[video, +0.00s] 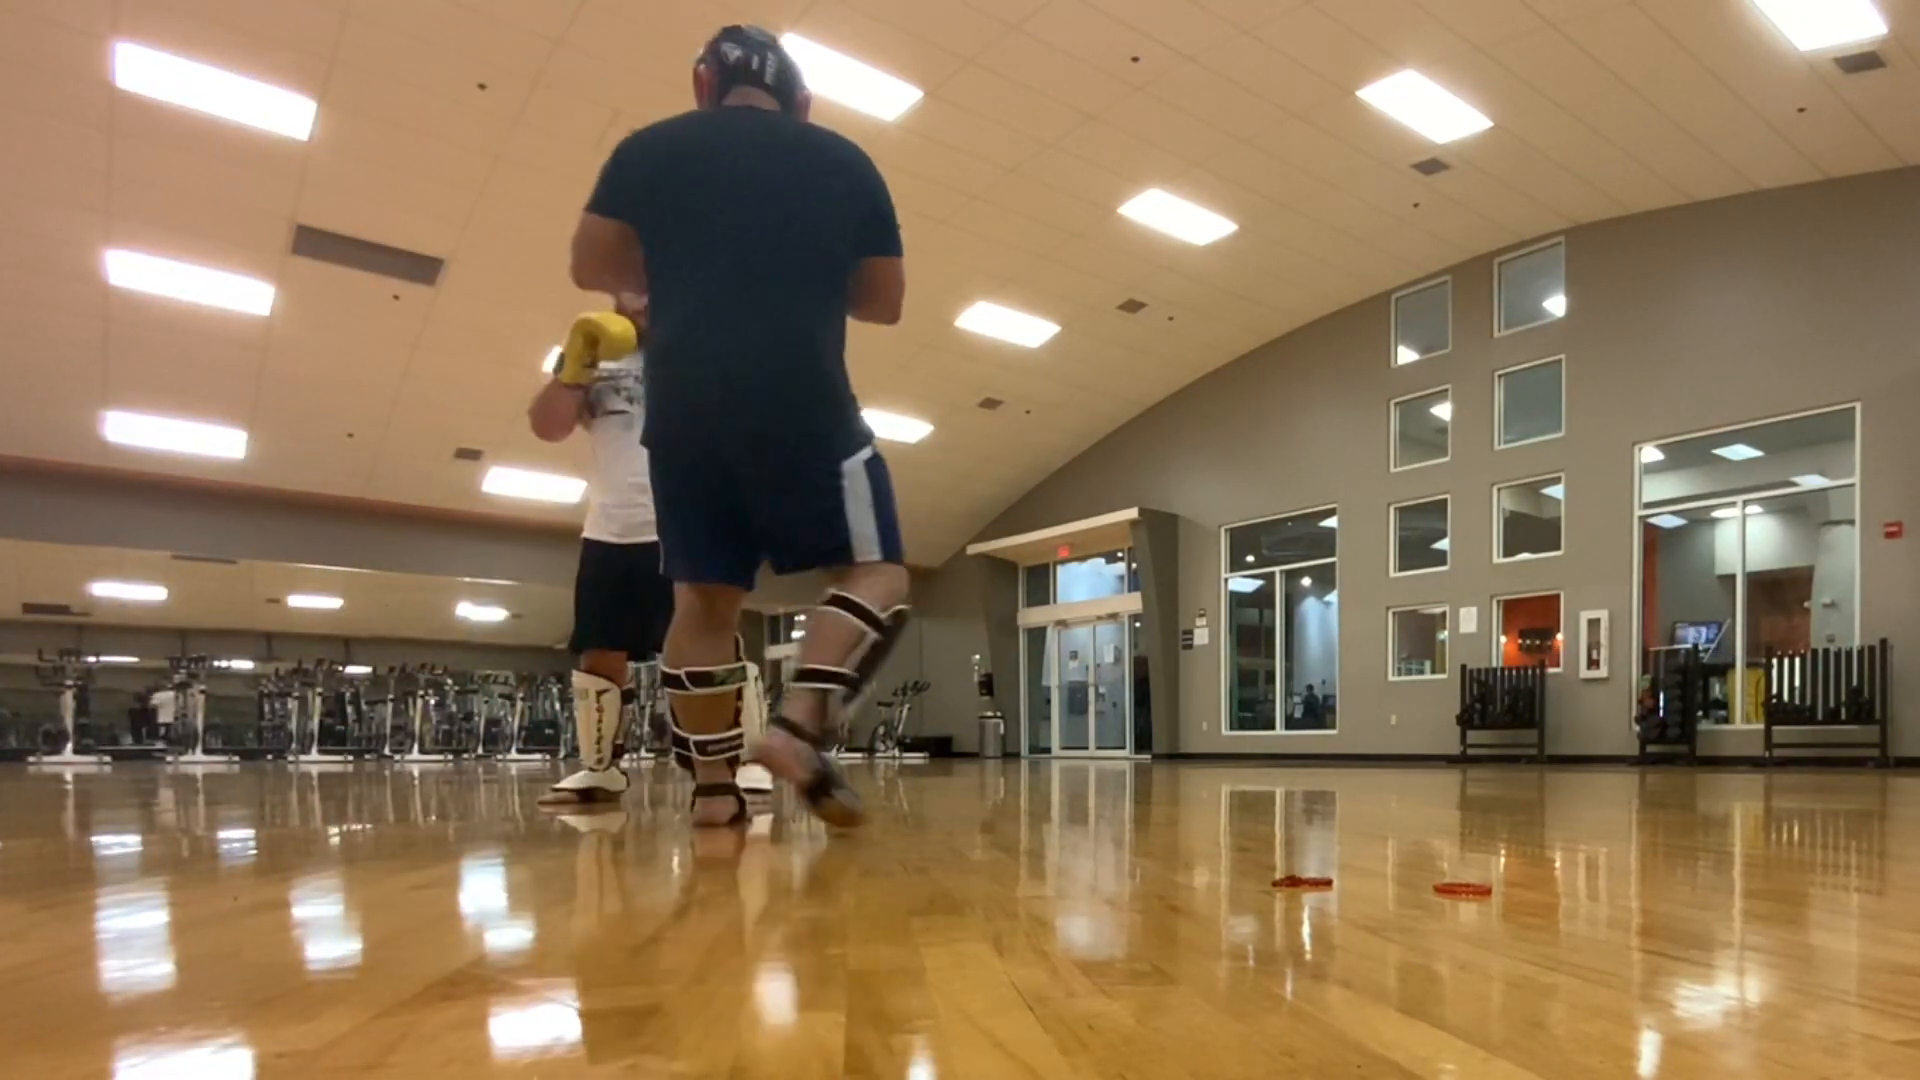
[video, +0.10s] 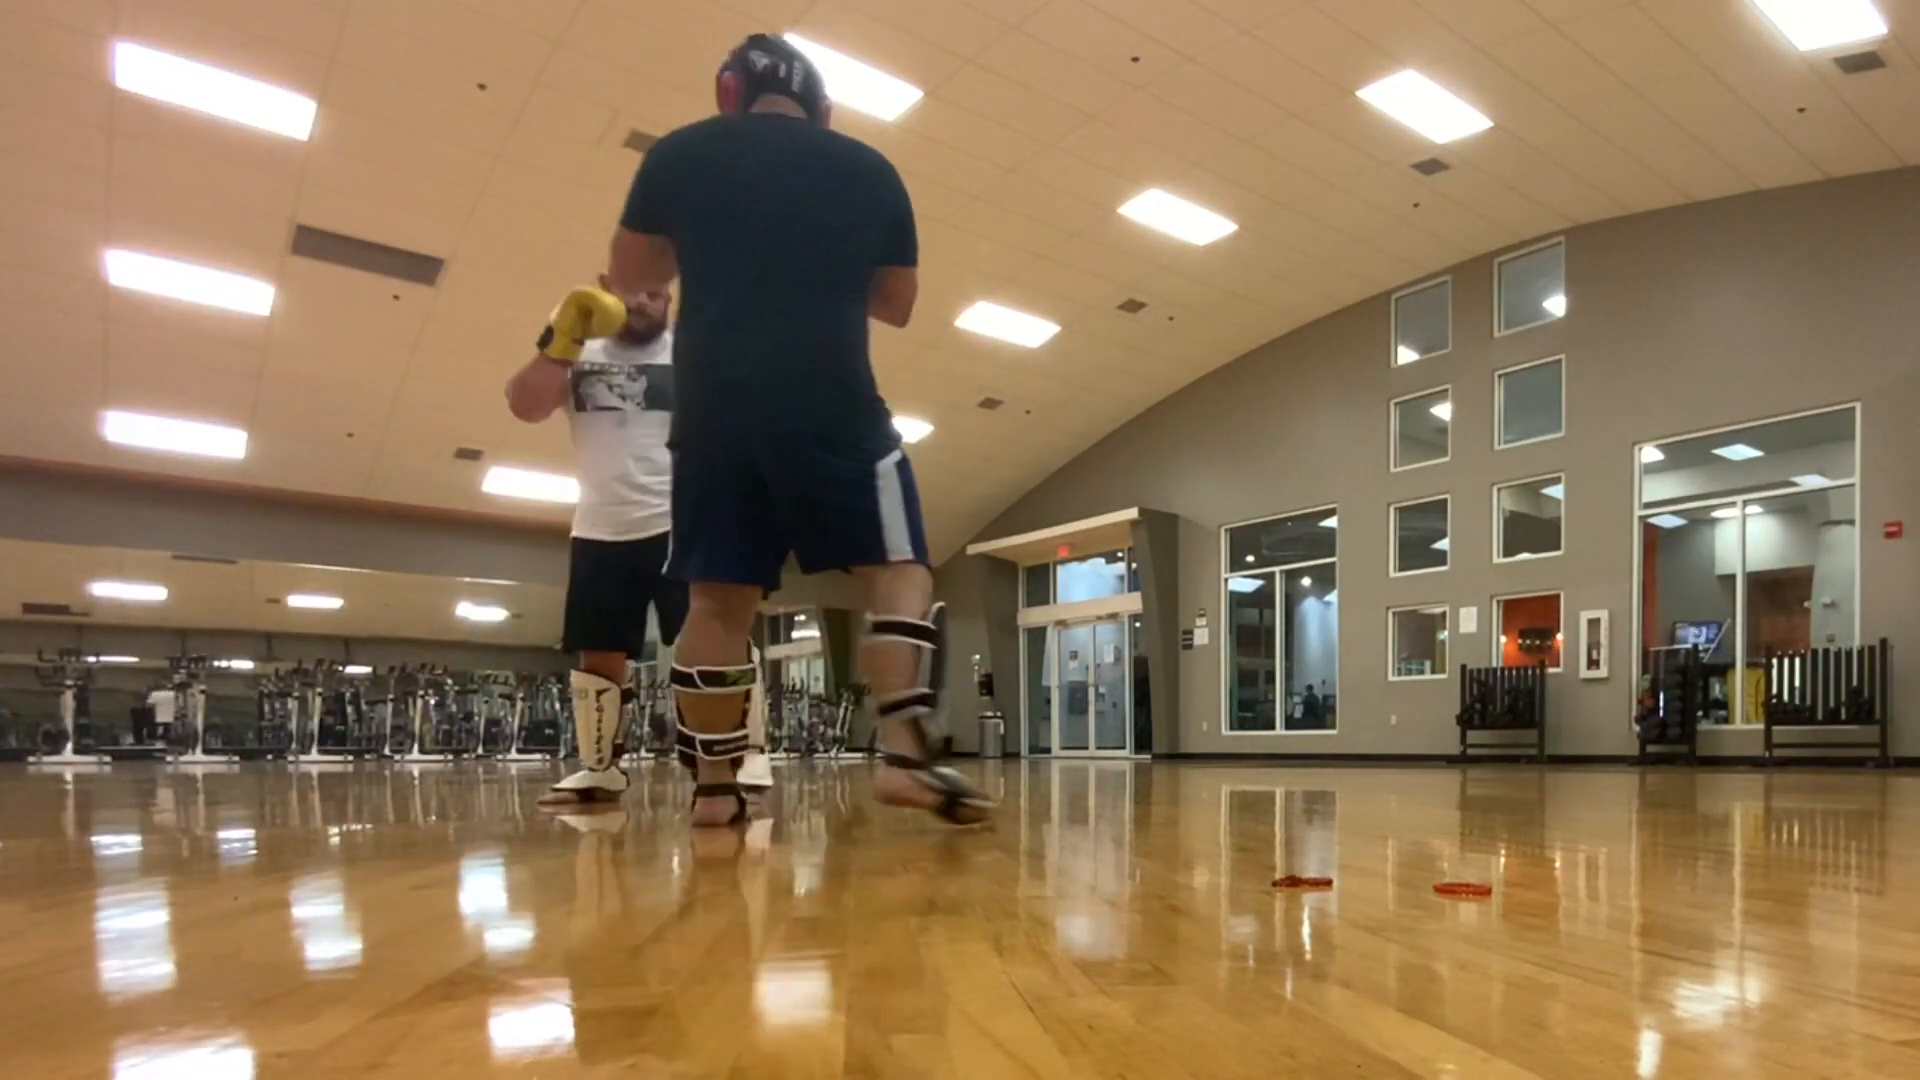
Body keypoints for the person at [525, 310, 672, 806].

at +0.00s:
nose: (639, 309)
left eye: (648, 296)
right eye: (629, 298)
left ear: (668, 299)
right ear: (614, 301)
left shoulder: (691, 352)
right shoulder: (597, 358)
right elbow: (548, 426)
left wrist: (659, 343)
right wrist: (576, 364)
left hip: (684, 526)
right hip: (613, 527)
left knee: (707, 640)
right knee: (599, 651)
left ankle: (734, 761)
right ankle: (599, 768)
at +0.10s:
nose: (641, 302)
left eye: (654, 292)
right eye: (629, 291)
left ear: (671, 299)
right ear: (608, 295)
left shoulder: (691, 350)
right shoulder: (581, 353)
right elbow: (527, 404)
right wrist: (563, 338)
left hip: (681, 522)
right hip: (603, 527)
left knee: (712, 637)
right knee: (599, 654)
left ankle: (746, 752)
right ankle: (599, 769)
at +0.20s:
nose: (641, 297)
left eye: (652, 287)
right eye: (627, 285)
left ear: (666, 296)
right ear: (602, 292)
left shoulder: (693, 356)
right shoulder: (573, 349)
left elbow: (732, 430)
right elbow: (520, 388)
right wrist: (564, 319)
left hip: (679, 522)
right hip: (596, 531)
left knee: (722, 628)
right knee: (599, 655)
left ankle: (746, 754)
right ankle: (599, 769)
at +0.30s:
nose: (648, 298)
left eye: (659, 288)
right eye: (635, 287)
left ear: (671, 294)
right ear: (605, 290)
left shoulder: (694, 357)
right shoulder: (570, 342)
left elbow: (752, 429)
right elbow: (524, 394)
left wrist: (764, 365)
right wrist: (571, 331)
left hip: (680, 530)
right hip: (595, 533)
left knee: (715, 642)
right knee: (599, 657)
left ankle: (743, 760)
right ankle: (599, 770)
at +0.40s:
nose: (656, 292)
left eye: (668, 286)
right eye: (644, 280)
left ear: (679, 299)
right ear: (613, 282)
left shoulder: (704, 359)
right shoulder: (570, 342)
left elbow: (752, 445)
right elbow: (537, 411)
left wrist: (773, 403)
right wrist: (587, 356)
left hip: (687, 534)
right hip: (601, 534)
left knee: (704, 652)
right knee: (598, 658)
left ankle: (734, 771)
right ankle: (599, 769)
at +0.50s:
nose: (671, 287)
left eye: (682, 281)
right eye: (659, 275)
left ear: (694, 293)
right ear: (628, 276)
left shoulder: (716, 356)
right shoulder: (582, 335)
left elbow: (762, 443)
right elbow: (545, 408)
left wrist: (782, 403)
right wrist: (595, 356)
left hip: (696, 529)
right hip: (608, 529)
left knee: (715, 648)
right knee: (587, 657)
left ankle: (735, 771)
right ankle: (589, 761)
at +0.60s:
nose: (677, 280)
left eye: (688, 273)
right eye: (665, 269)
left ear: (701, 284)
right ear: (633, 271)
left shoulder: (725, 346)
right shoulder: (595, 328)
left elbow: (780, 424)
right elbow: (547, 387)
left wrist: (794, 377)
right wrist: (594, 323)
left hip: (701, 525)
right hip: (610, 519)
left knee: (716, 649)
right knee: (568, 643)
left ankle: (739, 771)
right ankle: (581, 747)